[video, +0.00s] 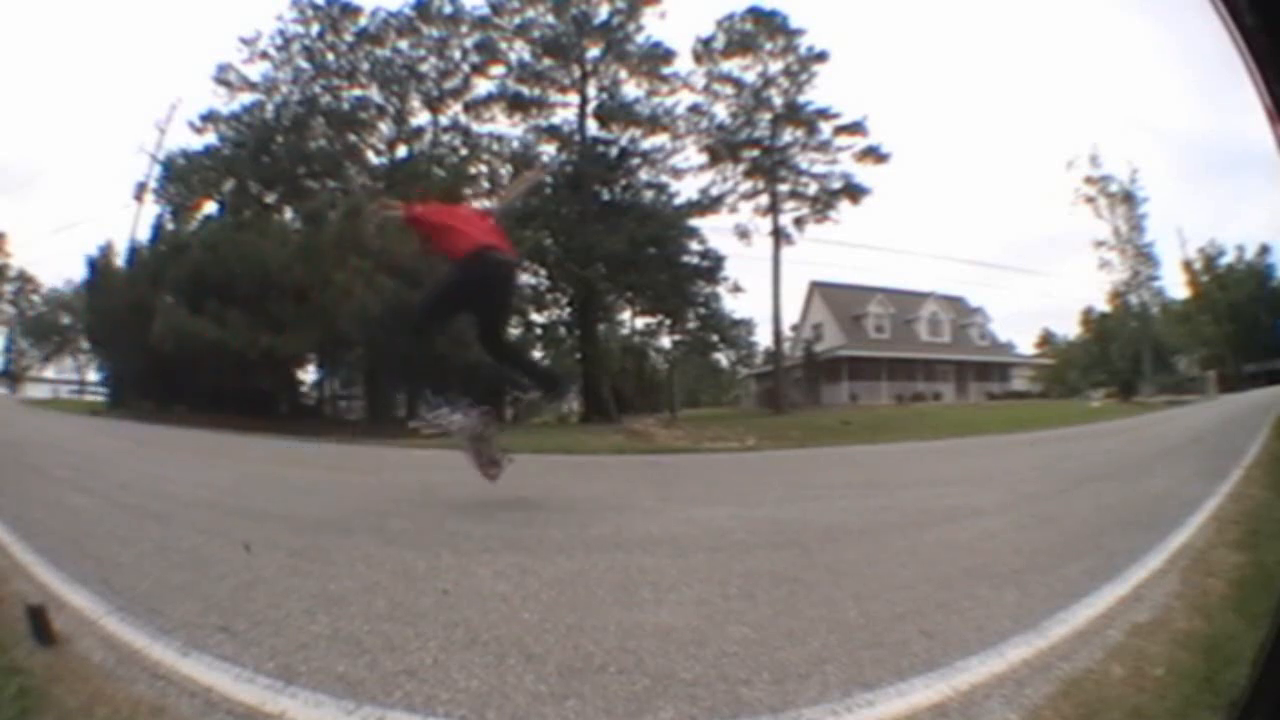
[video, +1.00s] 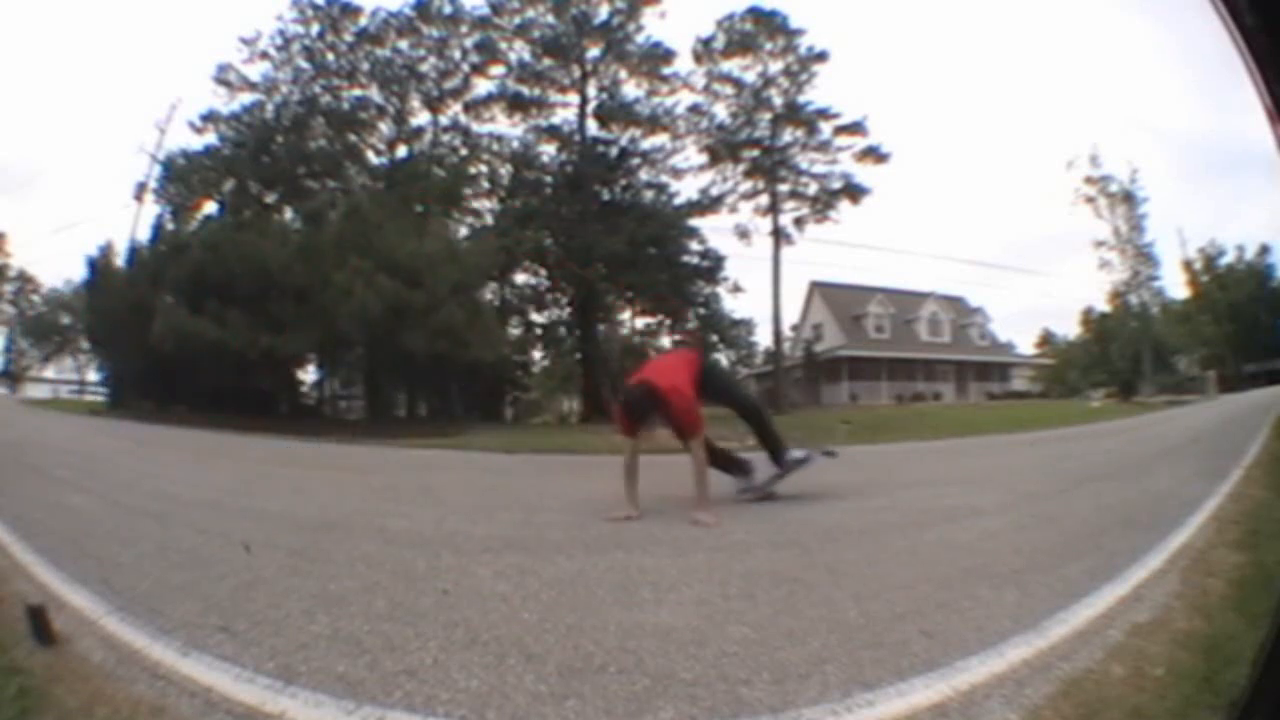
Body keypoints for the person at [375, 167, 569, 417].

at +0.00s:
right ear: (454, 204)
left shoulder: (426, 214)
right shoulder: (475, 213)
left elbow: (385, 209)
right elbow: (505, 198)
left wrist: (371, 228)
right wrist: (531, 178)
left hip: (476, 264)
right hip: (505, 267)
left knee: (424, 320)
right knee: (492, 339)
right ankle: (552, 385)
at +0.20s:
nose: (462, 263)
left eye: (460, 258)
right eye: (461, 259)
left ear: (465, 250)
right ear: (482, 241)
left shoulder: (475, 263)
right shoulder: (509, 248)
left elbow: (481, 311)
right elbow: (555, 252)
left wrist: (476, 351)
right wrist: (606, 253)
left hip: (540, 333)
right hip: (555, 327)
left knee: (541, 410)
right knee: (518, 410)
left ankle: (595, 472)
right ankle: (539, 474)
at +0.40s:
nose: (492, 299)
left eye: (489, 292)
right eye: (487, 295)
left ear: (497, 281)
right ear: (497, 281)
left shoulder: (530, 276)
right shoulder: (525, 289)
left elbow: (560, 298)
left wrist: (558, 342)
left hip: (607, 322)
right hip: (583, 334)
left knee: (616, 396)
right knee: (576, 407)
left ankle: (646, 457)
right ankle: (584, 473)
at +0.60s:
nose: (538, 337)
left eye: (537, 329)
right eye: (534, 332)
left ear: (549, 315)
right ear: (542, 323)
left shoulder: (577, 298)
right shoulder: (561, 337)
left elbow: (609, 291)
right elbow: (546, 379)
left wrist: (583, 319)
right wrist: (525, 416)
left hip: (657, 317)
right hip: (631, 334)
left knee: (673, 382)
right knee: (630, 401)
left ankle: (697, 443)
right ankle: (641, 476)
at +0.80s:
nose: (599, 375)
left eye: (600, 367)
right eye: (595, 370)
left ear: (612, 357)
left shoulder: (641, 345)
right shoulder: (602, 366)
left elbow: (655, 400)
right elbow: (610, 419)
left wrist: (651, 441)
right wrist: (612, 479)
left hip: (682, 330)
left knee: (712, 387)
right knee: (661, 416)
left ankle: (731, 447)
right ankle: (683, 474)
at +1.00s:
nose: (646, 427)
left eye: (648, 420)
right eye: (641, 423)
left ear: (656, 408)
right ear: (629, 411)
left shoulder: (676, 397)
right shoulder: (629, 405)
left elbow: (697, 451)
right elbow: (631, 454)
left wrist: (702, 507)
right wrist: (633, 506)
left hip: (695, 368)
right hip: (664, 378)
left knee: (748, 405)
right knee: (697, 445)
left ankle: (782, 457)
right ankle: (745, 471)